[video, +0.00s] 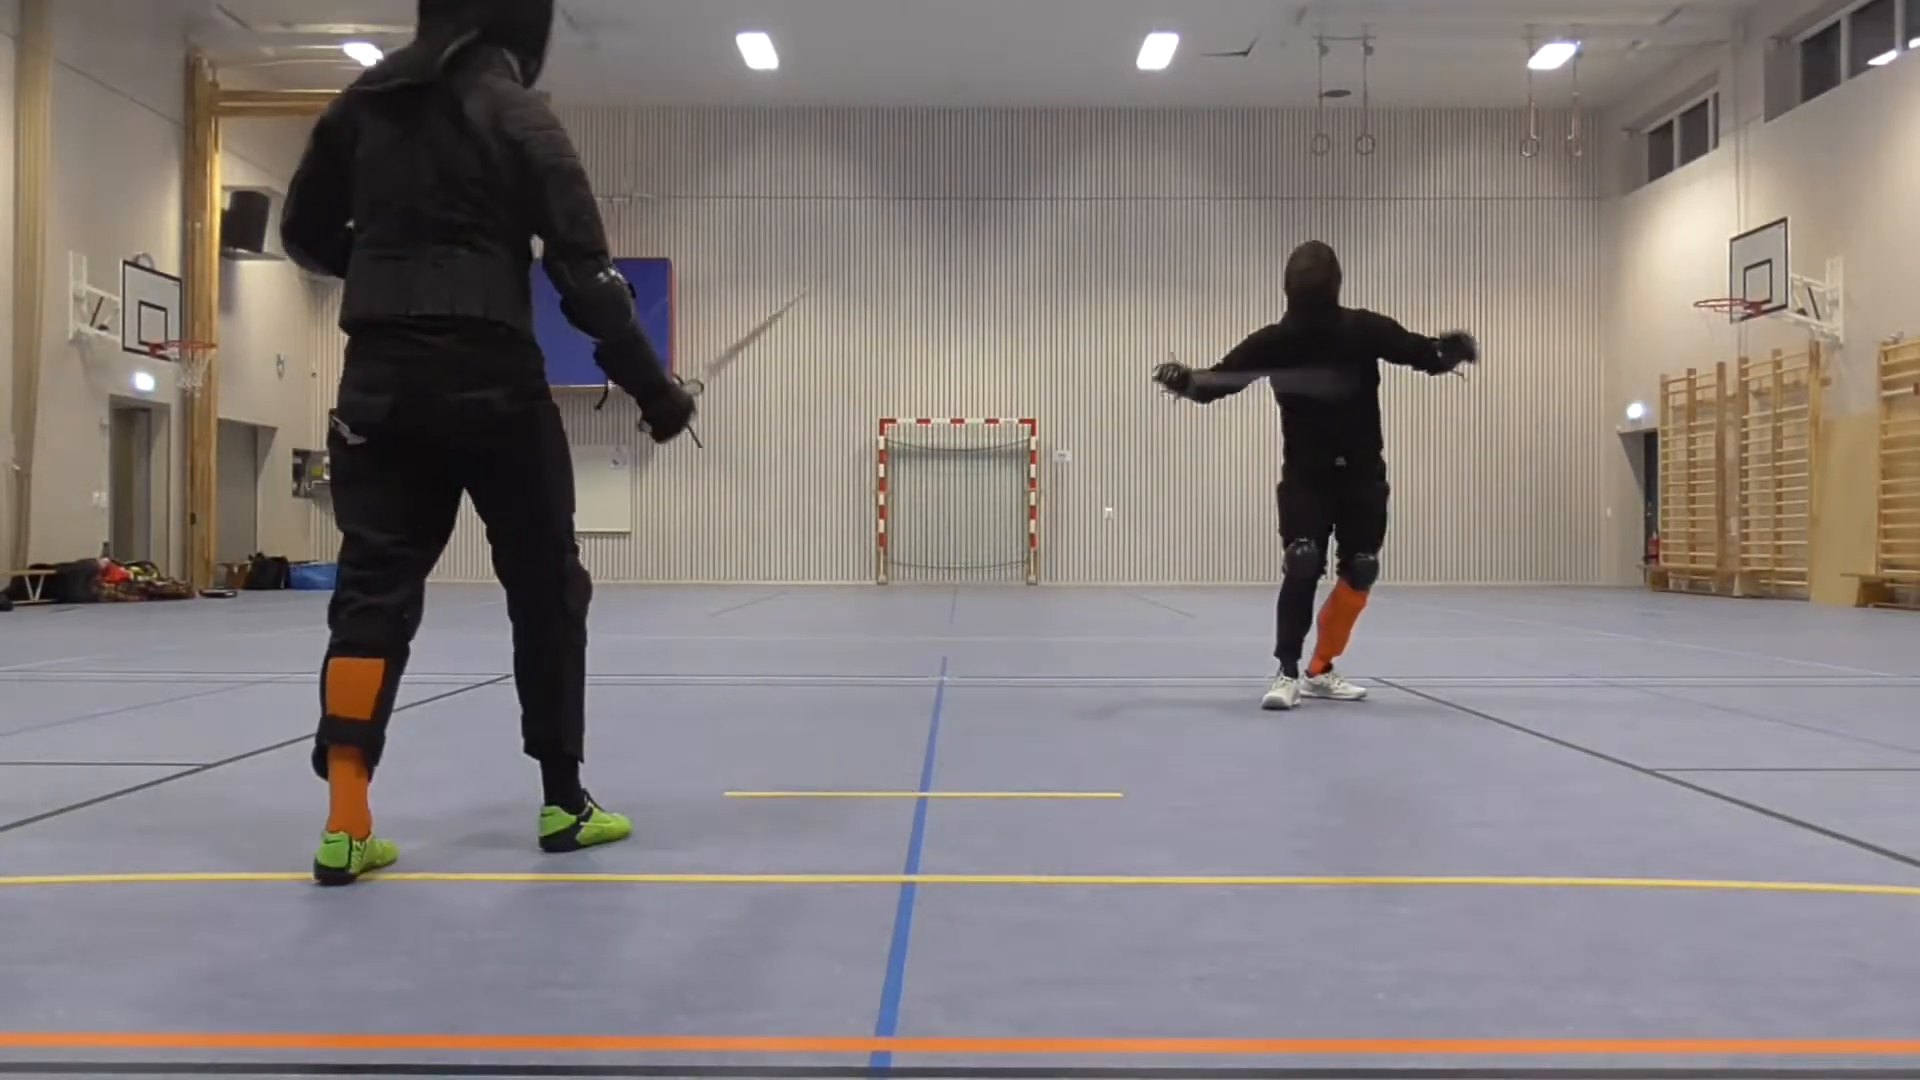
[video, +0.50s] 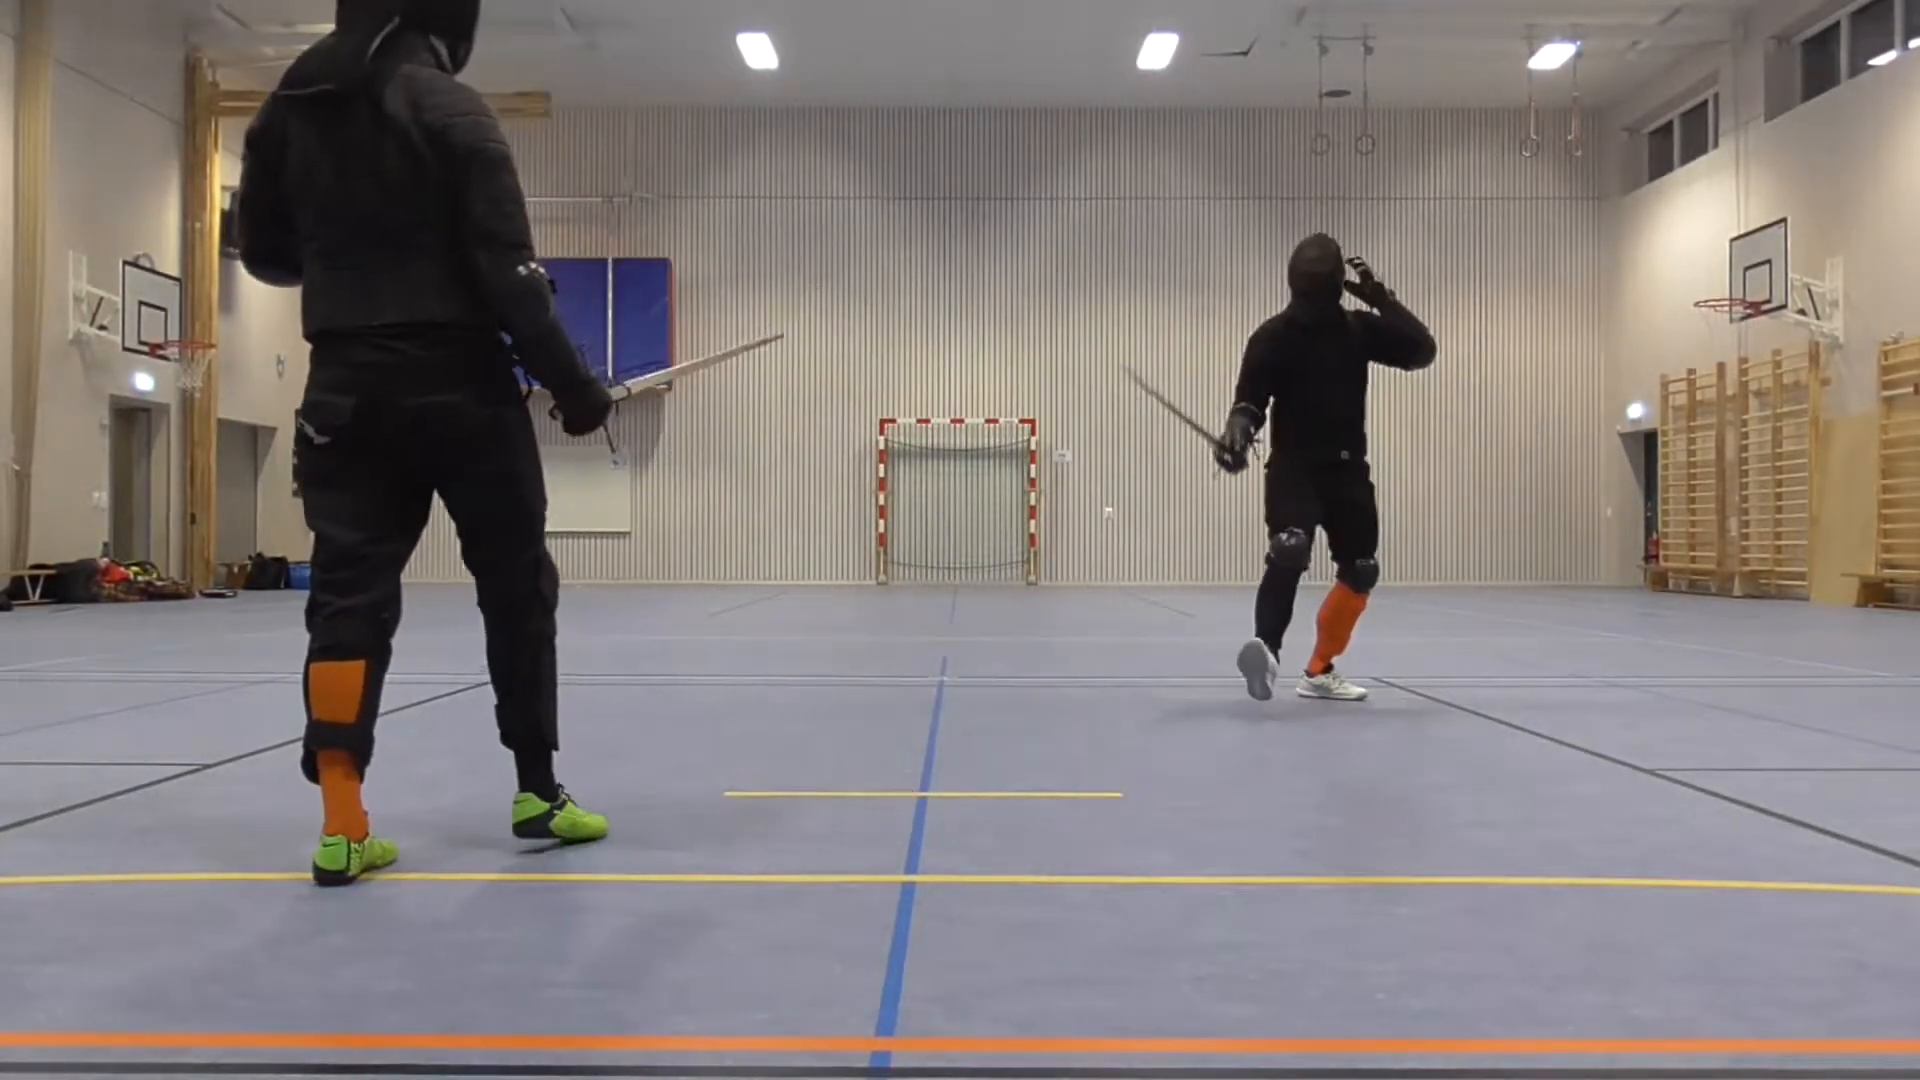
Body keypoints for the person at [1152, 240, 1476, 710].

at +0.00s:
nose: (1312, 292)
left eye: (1315, 281)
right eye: (1309, 282)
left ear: (1294, 284)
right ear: (1334, 282)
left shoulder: (1364, 331)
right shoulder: (1275, 341)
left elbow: (1422, 354)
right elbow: (1217, 383)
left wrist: (1451, 349)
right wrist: (1187, 380)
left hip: (1361, 476)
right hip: (1305, 478)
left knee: (1359, 573)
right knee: (1303, 564)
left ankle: (1319, 672)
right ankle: (1286, 674)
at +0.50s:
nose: (1317, 290)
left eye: (1325, 281)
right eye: (1309, 281)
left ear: (1338, 281)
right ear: (1293, 281)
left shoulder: (1358, 330)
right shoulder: (1272, 338)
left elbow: (1421, 350)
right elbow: (1251, 401)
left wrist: (1380, 297)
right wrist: (1237, 432)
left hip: (1347, 467)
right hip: (1292, 467)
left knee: (1360, 572)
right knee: (1290, 548)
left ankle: (1319, 671)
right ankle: (1265, 652)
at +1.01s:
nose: (1251, 293)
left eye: (1262, 283)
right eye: (1243, 283)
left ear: (1282, 285)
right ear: (1230, 286)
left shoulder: (1300, 337)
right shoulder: (1206, 347)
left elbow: (1362, 381)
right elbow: (1181, 420)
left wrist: (1312, 326)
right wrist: (1164, 473)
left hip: (1283, 479)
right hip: (1226, 482)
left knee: (1348, 573)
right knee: (1235, 565)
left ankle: (1292, 662)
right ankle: (1225, 691)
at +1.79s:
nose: (1194, 267)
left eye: (1206, 258)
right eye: (1189, 256)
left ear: (1231, 269)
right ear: (1179, 260)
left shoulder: (1255, 327)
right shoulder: (1155, 330)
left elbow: (1308, 384)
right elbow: (1125, 404)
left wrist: (1271, 321)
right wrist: (1109, 456)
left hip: (1227, 470)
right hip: (1167, 469)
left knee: (1274, 586)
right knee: (1186, 556)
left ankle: (1228, 687)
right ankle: (1191, 676)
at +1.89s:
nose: (1181, 273)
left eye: (1194, 263)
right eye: (1176, 261)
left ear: (1221, 268)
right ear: (1167, 259)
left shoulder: (1246, 327)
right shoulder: (1143, 331)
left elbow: (1299, 383)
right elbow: (1114, 406)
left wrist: (1258, 319)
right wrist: (1095, 458)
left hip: (1218, 474)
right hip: (1157, 471)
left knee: (1268, 588)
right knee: (1161, 543)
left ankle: (1227, 689)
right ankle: (1130, 677)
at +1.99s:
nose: (1164, 262)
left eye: (1176, 253)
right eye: (1161, 252)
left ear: (1204, 264)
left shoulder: (1227, 325)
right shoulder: (1126, 330)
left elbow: (1287, 380)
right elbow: (1092, 404)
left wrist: (1245, 320)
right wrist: (1072, 460)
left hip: (1206, 482)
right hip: (1142, 480)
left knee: (1254, 590)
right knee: (1123, 561)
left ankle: (1228, 690)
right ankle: (1075, 680)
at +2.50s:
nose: (1121, 288)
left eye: (1129, 276)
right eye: (1116, 276)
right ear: (1150, 279)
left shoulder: (1181, 338)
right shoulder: (1072, 348)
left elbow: (1254, 393)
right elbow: (1035, 426)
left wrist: (1200, 336)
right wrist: (1001, 477)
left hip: (1167, 499)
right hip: (1096, 500)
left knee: (1231, 610)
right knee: (1074, 571)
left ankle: (1186, 699)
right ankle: (1024, 711)